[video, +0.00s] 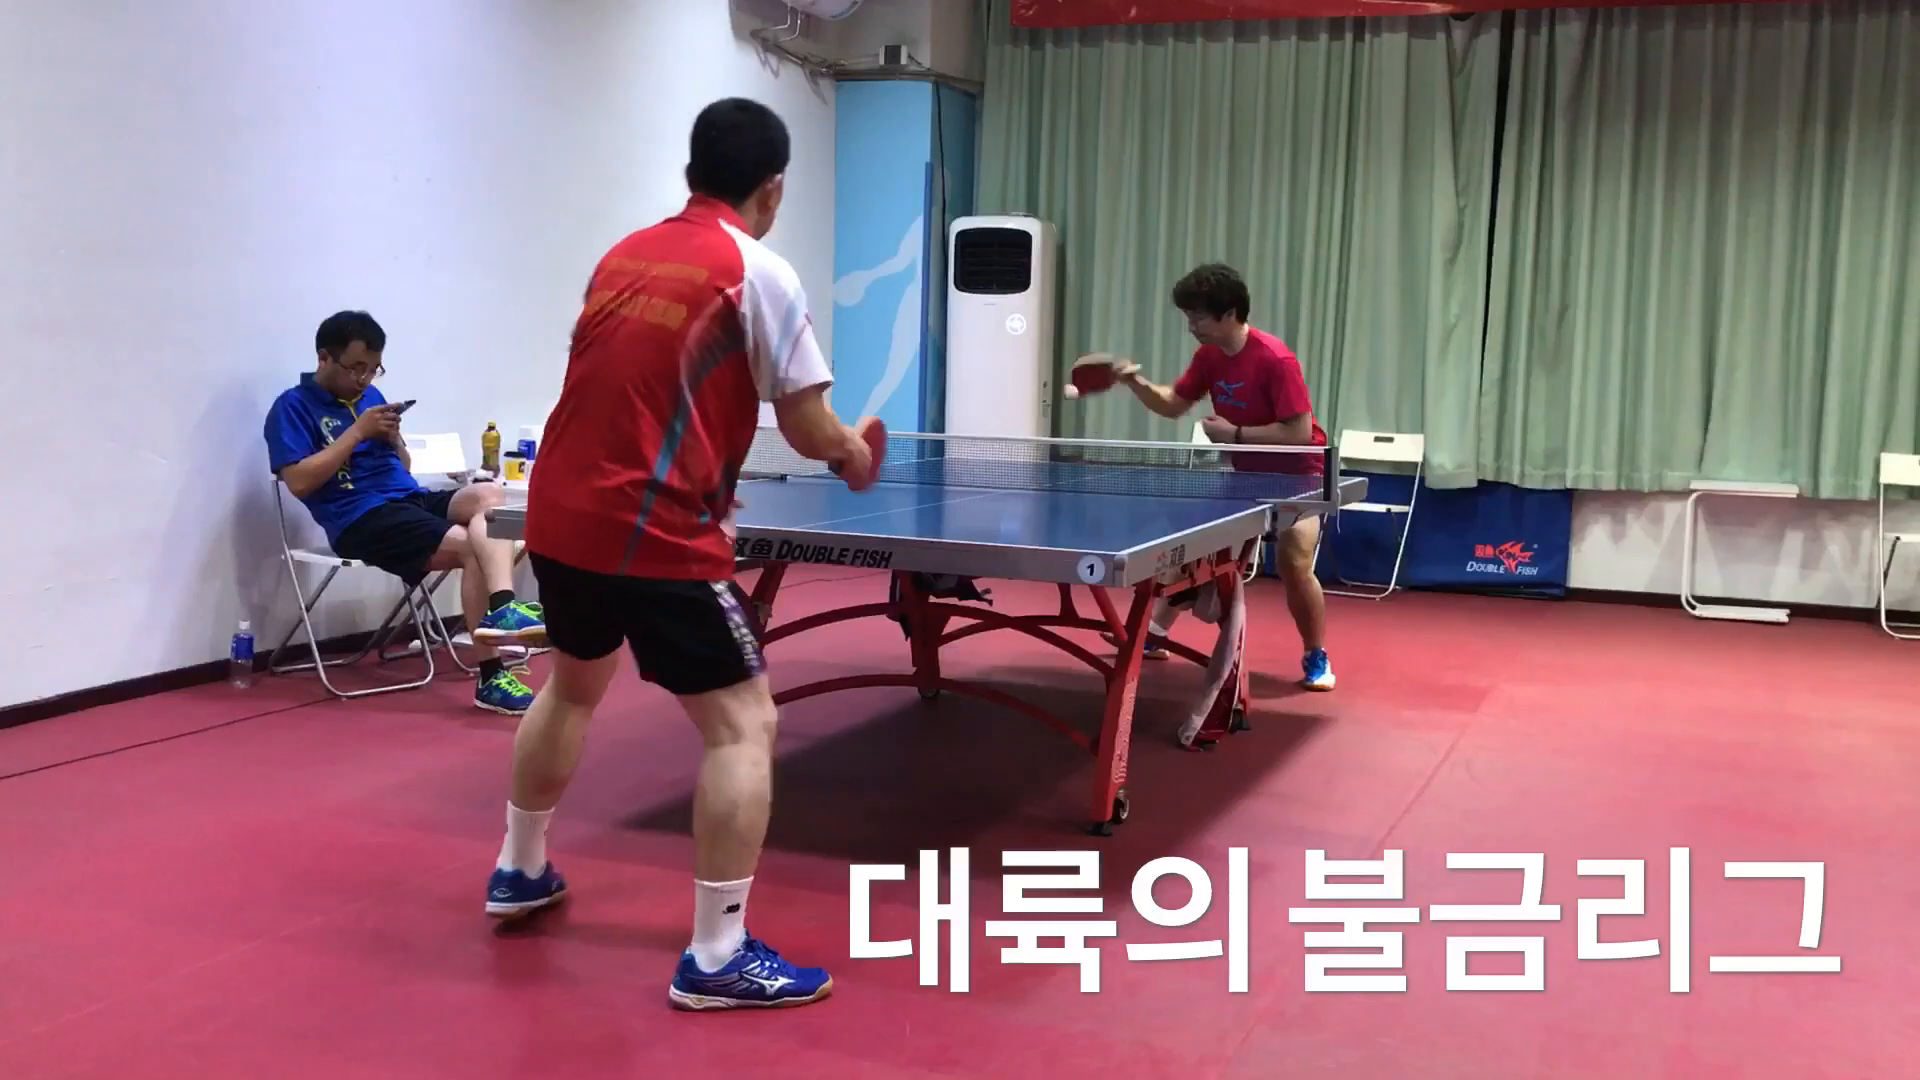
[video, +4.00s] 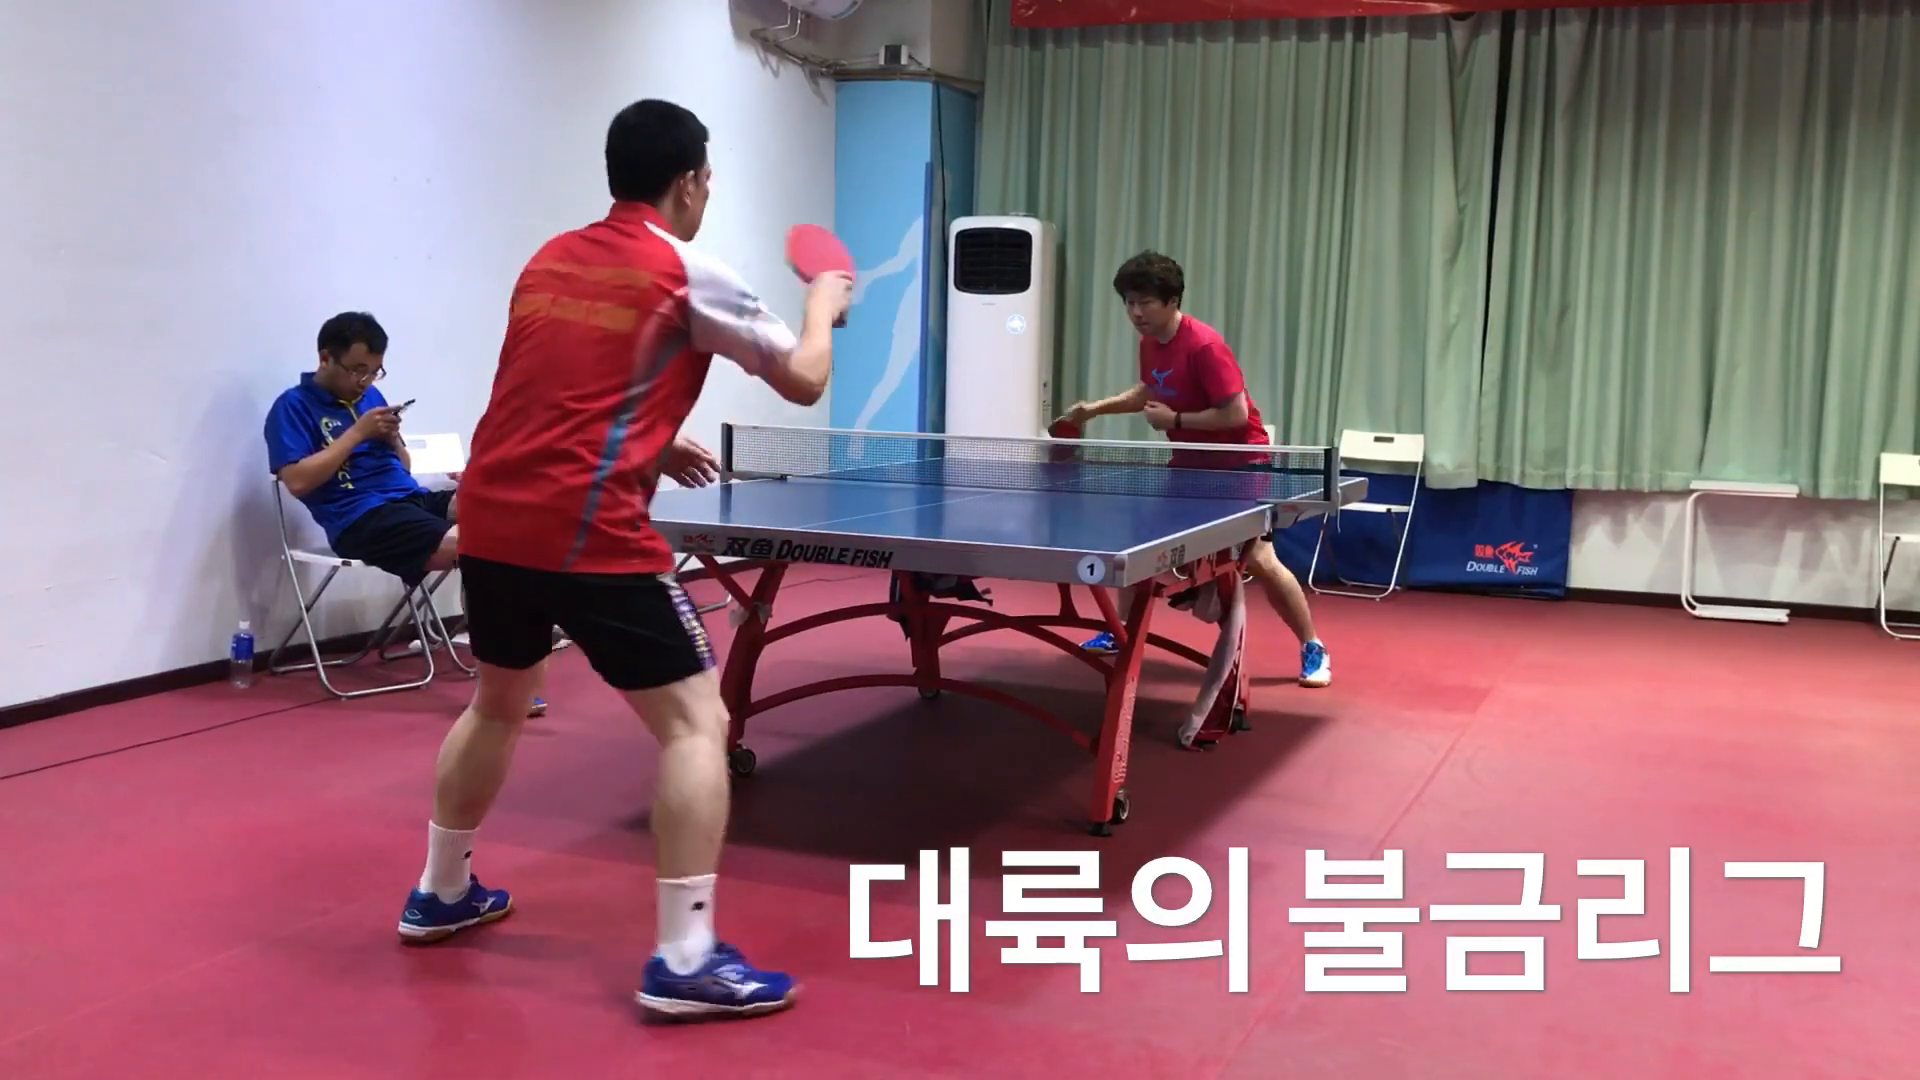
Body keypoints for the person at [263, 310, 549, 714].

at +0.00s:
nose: (364, 379)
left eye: (371, 370)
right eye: (356, 368)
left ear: (377, 365)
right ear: (324, 359)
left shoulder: (369, 396)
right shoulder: (292, 408)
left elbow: (404, 466)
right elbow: (299, 483)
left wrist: (393, 436)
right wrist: (358, 431)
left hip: (409, 501)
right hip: (363, 518)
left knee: (489, 494)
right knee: (479, 549)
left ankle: (503, 605)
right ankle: (492, 678)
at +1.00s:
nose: (365, 380)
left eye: (372, 370)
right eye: (356, 369)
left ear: (377, 365)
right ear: (324, 359)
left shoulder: (370, 397)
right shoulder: (291, 408)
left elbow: (404, 466)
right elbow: (299, 483)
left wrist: (393, 436)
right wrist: (358, 430)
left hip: (411, 501)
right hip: (363, 520)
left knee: (490, 496)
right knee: (479, 549)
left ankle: (503, 604)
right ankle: (491, 677)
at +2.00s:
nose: (366, 382)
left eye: (374, 372)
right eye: (358, 371)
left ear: (380, 366)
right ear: (327, 358)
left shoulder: (370, 398)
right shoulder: (291, 408)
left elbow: (404, 467)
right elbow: (294, 483)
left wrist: (393, 438)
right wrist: (358, 434)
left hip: (409, 500)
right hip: (361, 519)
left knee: (484, 499)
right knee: (477, 548)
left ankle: (496, 611)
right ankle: (491, 677)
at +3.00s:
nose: (365, 382)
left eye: (372, 372)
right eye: (357, 370)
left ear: (378, 367)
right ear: (325, 359)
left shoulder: (369, 396)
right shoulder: (291, 408)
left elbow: (403, 468)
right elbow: (294, 483)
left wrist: (393, 435)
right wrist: (354, 433)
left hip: (411, 501)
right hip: (364, 519)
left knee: (496, 522)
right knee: (472, 550)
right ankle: (490, 673)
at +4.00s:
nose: (366, 381)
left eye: (373, 372)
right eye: (357, 370)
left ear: (379, 367)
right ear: (324, 360)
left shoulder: (368, 396)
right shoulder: (293, 407)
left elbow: (403, 468)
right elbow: (297, 482)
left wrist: (392, 436)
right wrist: (357, 433)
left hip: (411, 502)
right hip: (365, 520)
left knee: (505, 516)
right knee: (480, 549)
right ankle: (512, 681)